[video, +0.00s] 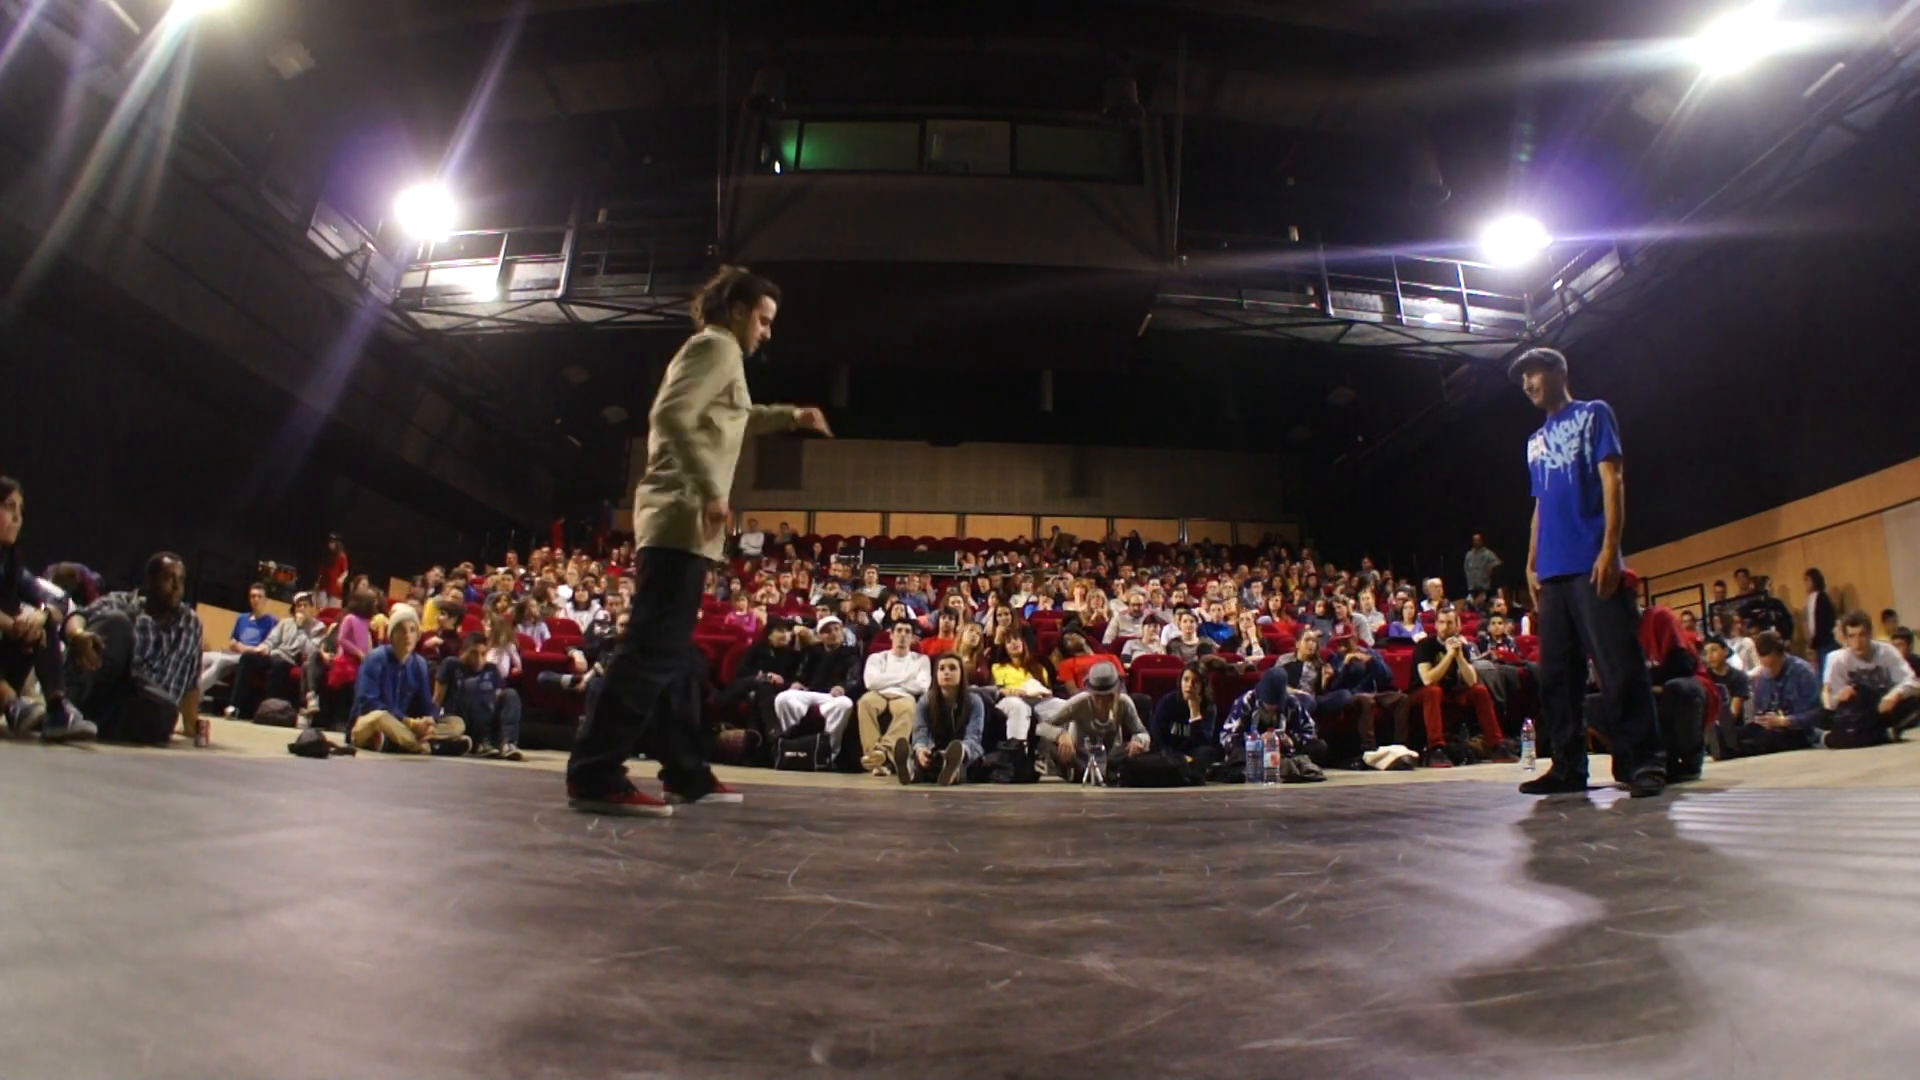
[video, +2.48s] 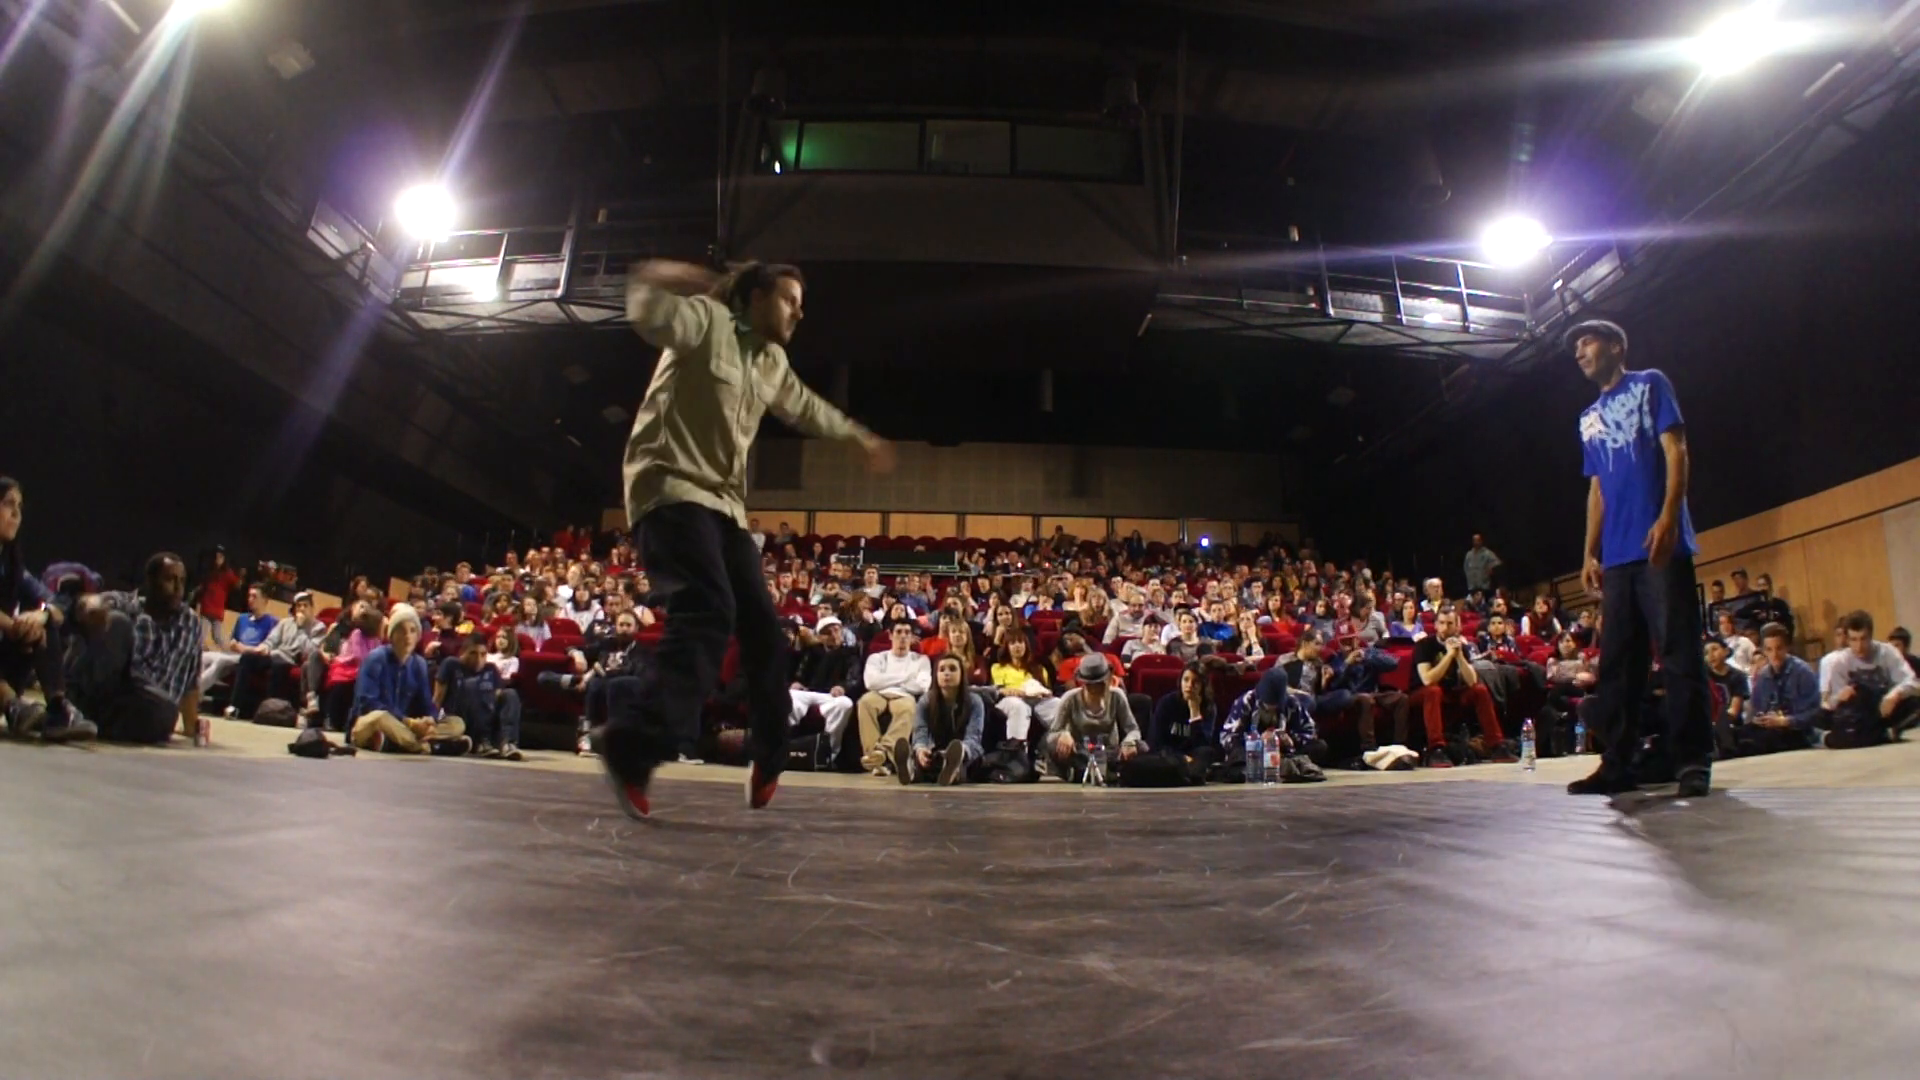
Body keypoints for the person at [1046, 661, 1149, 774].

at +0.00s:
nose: (1102, 701)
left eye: (1107, 696)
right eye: (1097, 696)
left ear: (1116, 691)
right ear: (1090, 691)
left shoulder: (1124, 702)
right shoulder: (1080, 702)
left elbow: (1142, 734)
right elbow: (1042, 727)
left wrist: (1137, 742)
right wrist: (1061, 735)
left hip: (1112, 757)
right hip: (1081, 757)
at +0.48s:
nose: (1097, 690)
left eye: (1102, 685)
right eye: (1092, 685)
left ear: (1111, 680)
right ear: (1086, 682)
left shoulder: (1119, 697)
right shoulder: (1073, 697)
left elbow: (1131, 727)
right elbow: (1044, 726)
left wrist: (1138, 733)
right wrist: (1058, 733)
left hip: (1111, 751)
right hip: (1081, 752)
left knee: (1138, 746)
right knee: (1059, 745)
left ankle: (1085, 773)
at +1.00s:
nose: (1094, 690)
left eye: (1099, 685)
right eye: (1089, 685)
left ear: (1108, 680)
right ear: (1082, 683)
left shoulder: (1117, 695)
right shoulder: (1071, 697)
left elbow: (1133, 728)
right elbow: (1054, 731)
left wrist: (1130, 741)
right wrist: (1062, 734)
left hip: (1111, 754)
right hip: (1079, 756)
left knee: (1139, 749)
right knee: (1057, 749)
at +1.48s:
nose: (1094, 689)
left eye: (1099, 684)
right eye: (1089, 685)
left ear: (1107, 680)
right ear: (1083, 683)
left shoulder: (1117, 695)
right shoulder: (1072, 695)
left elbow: (1136, 729)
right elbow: (1054, 731)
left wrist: (1129, 741)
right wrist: (1066, 735)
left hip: (1111, 758)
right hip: (1079, 759)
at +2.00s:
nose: (1094, 691)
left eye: (1099, 686)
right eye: (1089, 687)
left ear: (1108, 681)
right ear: (1082, 684)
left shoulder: (1117, 697)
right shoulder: (1070, 699)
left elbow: (1133, 730)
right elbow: (1051, 738)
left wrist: (1129, 742)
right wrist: (1063, 734)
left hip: (1110, 755)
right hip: (1078, 756)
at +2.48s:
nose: (1094, 689)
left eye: (1099, 684)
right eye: (1088, 684)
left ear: (1107, 680)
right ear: (1082, 682)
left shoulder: (1117, 696)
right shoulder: (1069, 698)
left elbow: (1132, 729)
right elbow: (1051, 736)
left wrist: (1129, 742)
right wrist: (1063, 735)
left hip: (1110, 756)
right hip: (1078, 756)